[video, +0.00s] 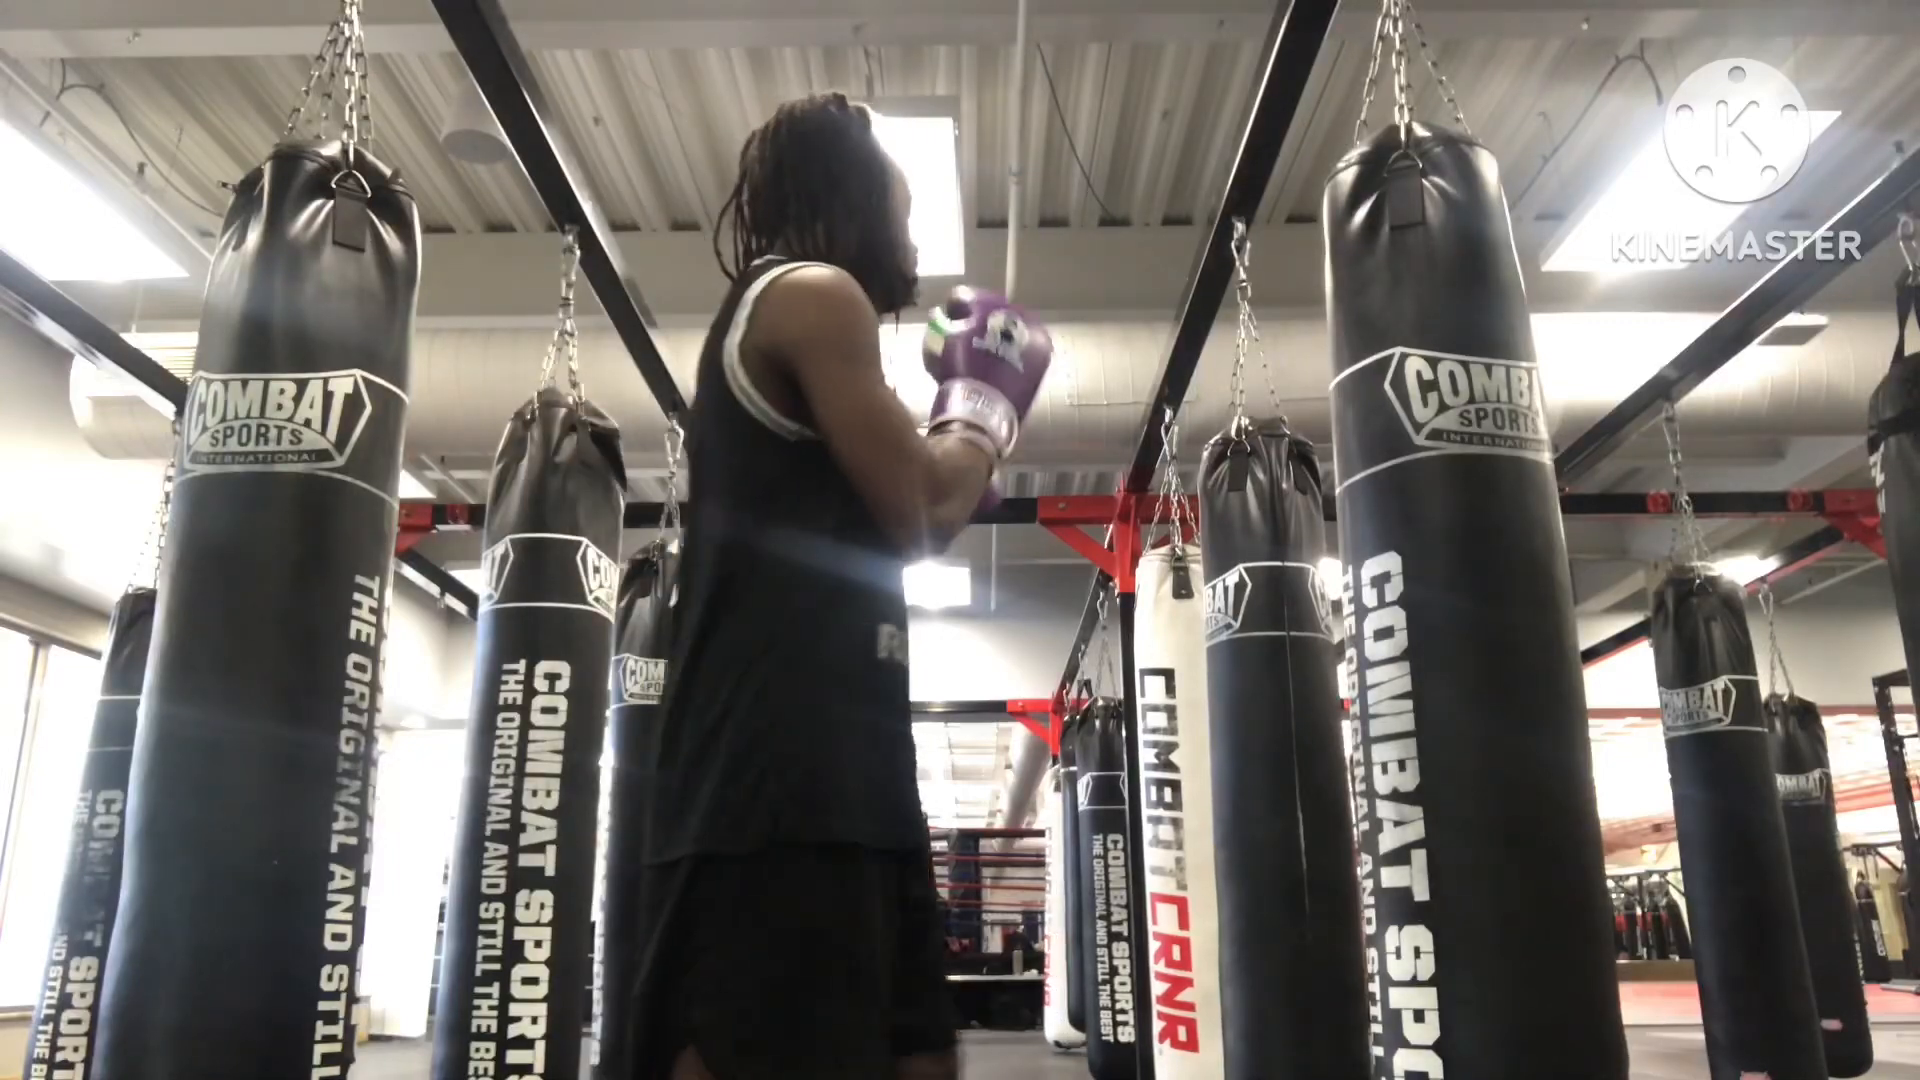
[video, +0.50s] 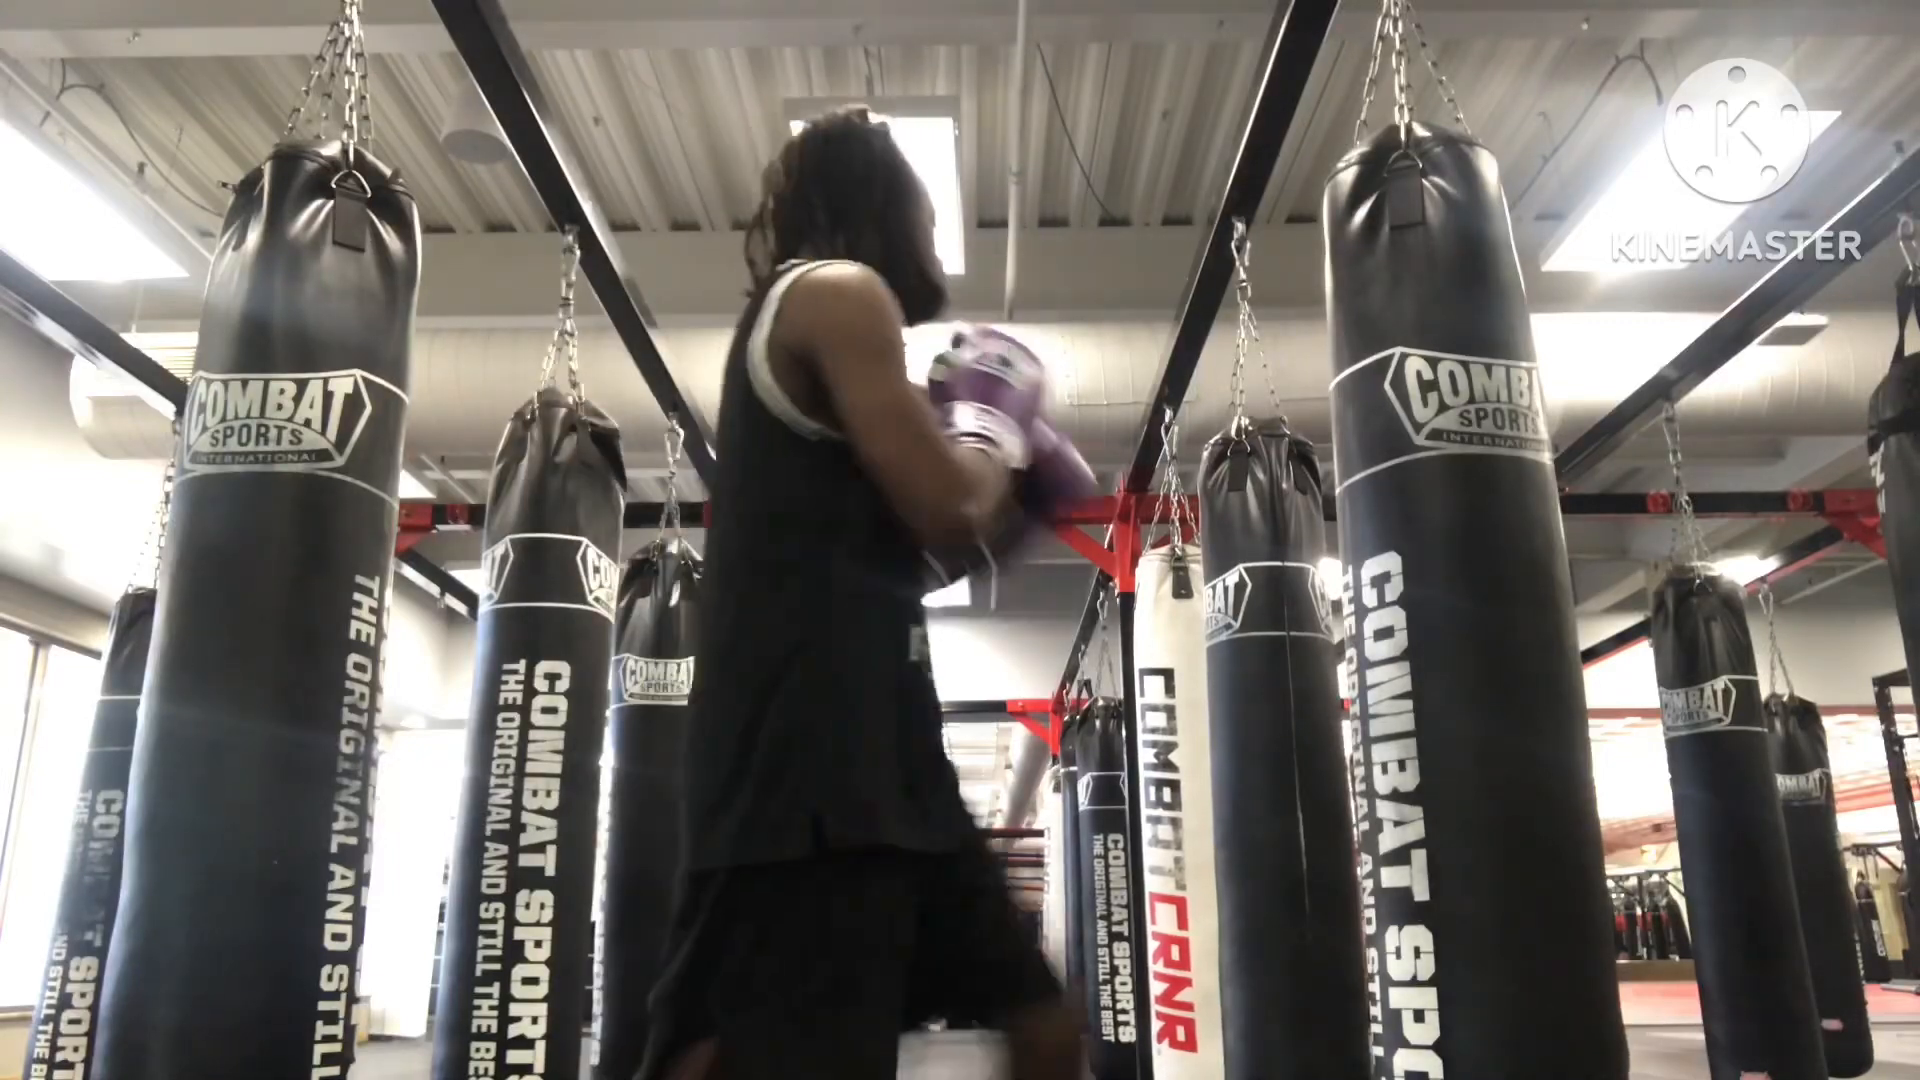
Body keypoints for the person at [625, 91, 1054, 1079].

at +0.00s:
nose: (910, 203)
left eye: (901, 180)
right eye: (894, 180)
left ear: (790, 197)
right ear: (853, 192)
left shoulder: (769, 308)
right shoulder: (815, 298)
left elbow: (923, 518)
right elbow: (911, 503)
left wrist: (973, 419)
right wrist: (981, 419)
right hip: (800, 742)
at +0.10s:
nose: (910, 213)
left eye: (902, 187)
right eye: (894, 186)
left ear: (789, 197)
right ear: (844, 193)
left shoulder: (752, 302)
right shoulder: (799, 295)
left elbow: (832, 489)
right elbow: (899, 509)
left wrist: (931, 420)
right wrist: (992, 425)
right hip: (781, 762)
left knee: (979, 1021)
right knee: (704, 1046)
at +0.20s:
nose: (905, 197)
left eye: (897, 173)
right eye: (889, 172)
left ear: (780, 185)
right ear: (841, 181)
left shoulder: (745, 294)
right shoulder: (797, 286)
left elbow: (765, 499)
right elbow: (892, 510)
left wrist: (871, 412)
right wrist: (983, 437)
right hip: (763, 737)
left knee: (993, 999)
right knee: (677, 1042)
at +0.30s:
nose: (904, 191)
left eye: (897, 167)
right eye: (889, 168)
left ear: (772, 179)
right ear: (851, 178)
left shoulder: (744, 292)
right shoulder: (810, 280)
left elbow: (774, 473)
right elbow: (891, 507)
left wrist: (880, 384)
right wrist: (971, 439)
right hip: (788, 701)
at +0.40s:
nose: (911, 197)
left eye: (902, 173)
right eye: (894, 174)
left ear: (786, 193)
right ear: (860, 187)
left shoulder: (764, 302)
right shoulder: (822, 290)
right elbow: (909, 510)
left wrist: (914, 407)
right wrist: (970, 424)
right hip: (812, 706)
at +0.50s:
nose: (930, 213)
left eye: (923, 190)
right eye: (917, 190)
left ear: (807, 200)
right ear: (884, 197)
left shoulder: (794, 308)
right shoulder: (840, 296)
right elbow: (952, 512)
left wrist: (1003, 477)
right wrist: (996, 438)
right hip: (829, 767)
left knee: (1044, 1025)